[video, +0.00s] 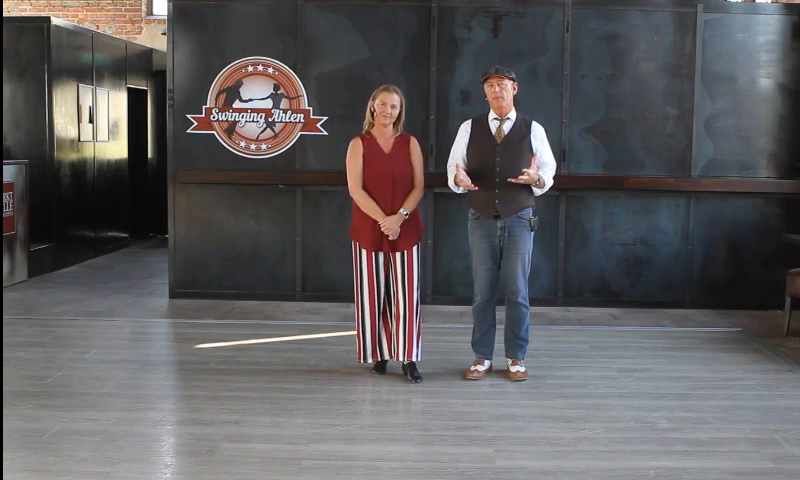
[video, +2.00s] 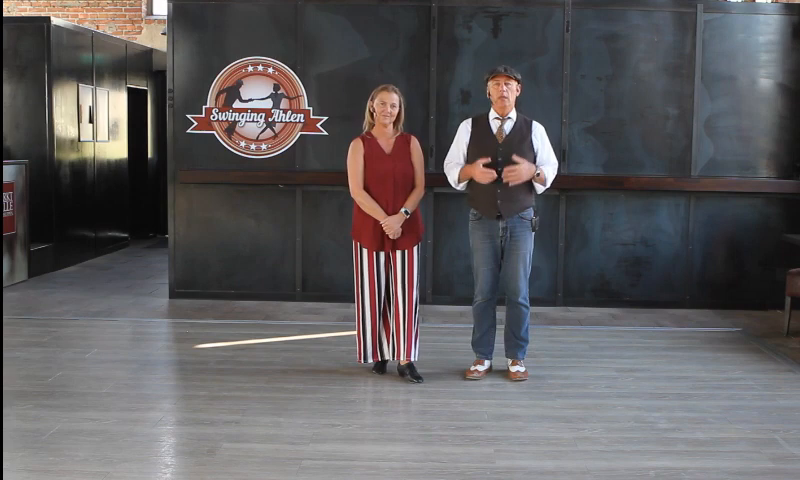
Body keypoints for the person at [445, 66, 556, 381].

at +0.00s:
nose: (496, 91)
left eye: (502, 86)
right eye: (491, 86)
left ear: (514, 89)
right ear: (485, 93)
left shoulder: (533, 130)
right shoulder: (469, 128)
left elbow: (548, 173)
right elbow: (453, 168)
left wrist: (535, 177)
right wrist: (459, 177)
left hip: (519, 219)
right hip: (481, 219)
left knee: (516, 292)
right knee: (483, 292)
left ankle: (516, 359)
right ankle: (482, 358)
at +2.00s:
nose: (502, 90)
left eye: (508, 86)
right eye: (497, 85)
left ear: (517, 91)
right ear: (488, 91)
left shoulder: (533, 130)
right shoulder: (469, 127)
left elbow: (550, 170)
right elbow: (451, 168)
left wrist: (532, 171)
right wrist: (469, 171)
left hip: (520, 220)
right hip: (481, 220)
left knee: (517, 293)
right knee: (483, 292)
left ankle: (516, 358)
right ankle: (482, 358)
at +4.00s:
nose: (495, 94)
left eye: (501, 88)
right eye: (491, 88)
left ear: (514, 93)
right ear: (485, 92)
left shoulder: (531, 129)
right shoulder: (469, 129)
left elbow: (549, 170)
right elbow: (454, 166)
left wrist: (527, 173)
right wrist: (455, 179)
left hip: (520, 220)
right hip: (481, 220)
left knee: (516, 292)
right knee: (483, 292)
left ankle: (516, 358)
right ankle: (482, 358)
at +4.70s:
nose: (501, 90)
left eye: (507, 85)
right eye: (496, 86)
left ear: (517, 91)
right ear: (488, 91)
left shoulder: (534, 131)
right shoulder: (469, 127)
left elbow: (549, 172)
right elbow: (451, 168)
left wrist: (523, 176)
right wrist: (478, 173)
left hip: (520, 220)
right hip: (481, 220)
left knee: (516, 292)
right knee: (483, 292)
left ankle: (516, 358)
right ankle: (482, 358)